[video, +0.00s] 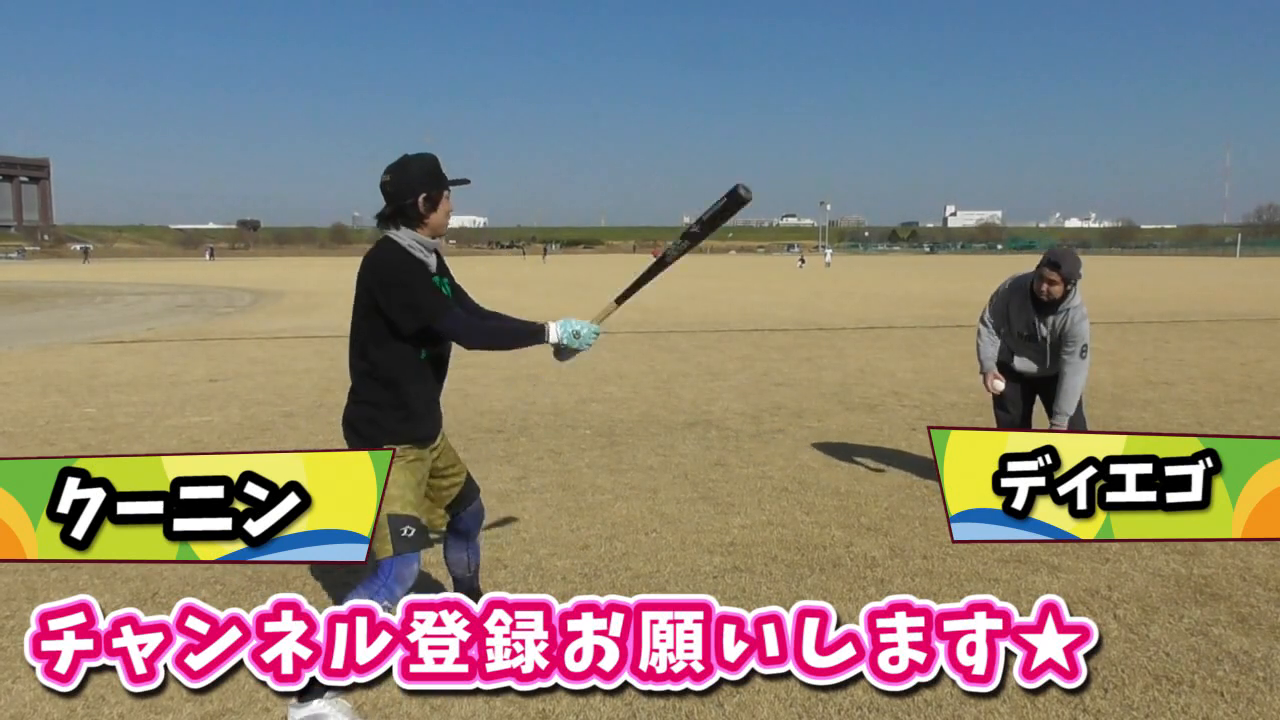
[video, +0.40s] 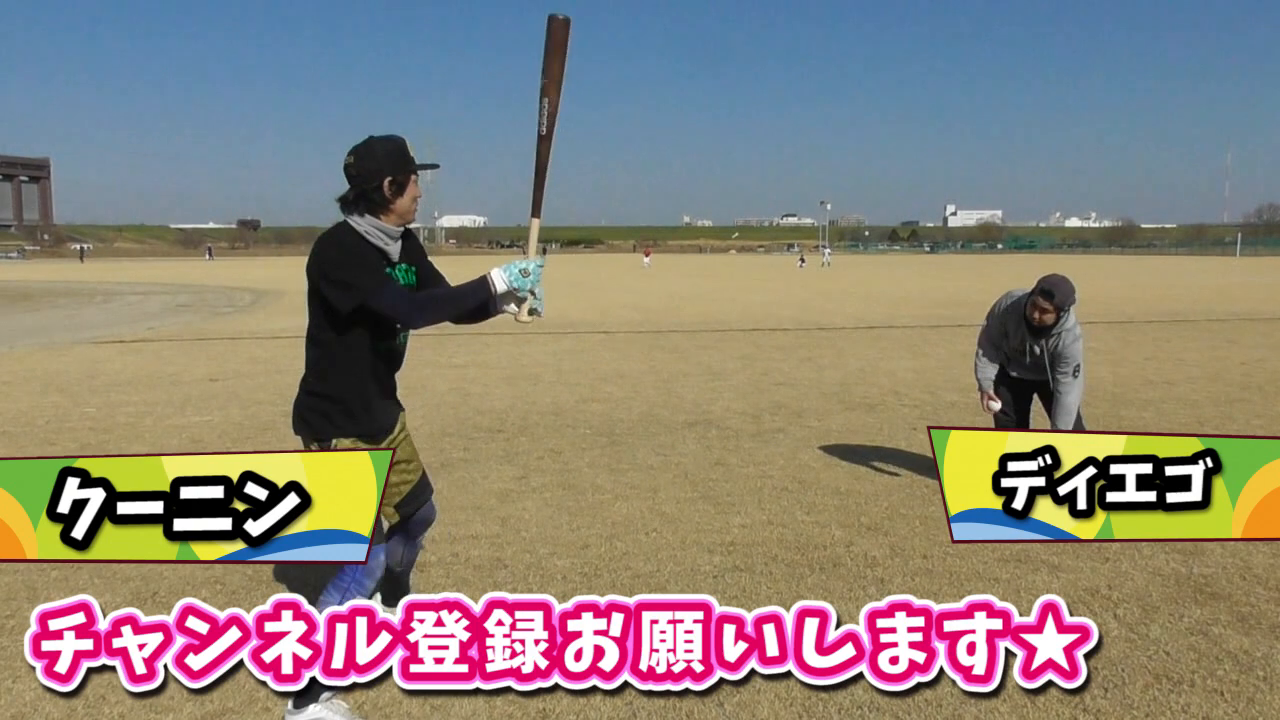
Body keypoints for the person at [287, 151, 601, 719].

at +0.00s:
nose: (452, 205)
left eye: (449, 196)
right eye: (446, 197)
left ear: (416, 204)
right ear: (426, 204)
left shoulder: (424, 256)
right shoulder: (395, 262)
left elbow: (473, 318)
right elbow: (461, 326)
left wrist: (549, 332)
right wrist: (549, 332)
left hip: (420, 430)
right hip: (388, 436)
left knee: (466, 509)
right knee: (398, 566)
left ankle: (468, 615)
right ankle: (315, 689)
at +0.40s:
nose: (419, 191)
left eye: (417, 182)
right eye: (413, 183)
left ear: (387, 188)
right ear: (390, 189)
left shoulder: (403, 242)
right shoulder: (339, 248)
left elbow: (445, 306)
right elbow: (405, 309)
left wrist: (500, 300)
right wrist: (487, 285)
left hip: (382, 416)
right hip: (337, 424)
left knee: (416, 513)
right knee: (361, 552)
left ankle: (384, 611)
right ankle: (310, 692)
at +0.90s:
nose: (424, 208)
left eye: (422, 199)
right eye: (419, 199)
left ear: (393, 205)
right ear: (397, 204)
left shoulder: (409, 257)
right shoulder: (343, 253)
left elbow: (465, 309)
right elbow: (406, 292)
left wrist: (509, 286)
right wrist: (494, 259)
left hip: (370, 426)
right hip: (325, 430)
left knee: (401, 528)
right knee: (367, 557)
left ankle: (366, 631)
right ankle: (310, 690)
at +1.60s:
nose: (389, 207)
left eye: (389, 201)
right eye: (384, 200)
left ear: (350, 201)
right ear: (362, 203)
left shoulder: (381, 252)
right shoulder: (278, 246)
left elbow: (410, 319)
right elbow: (271, 297)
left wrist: (385, 270)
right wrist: (352, 249)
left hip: (357, 413)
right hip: (293, 424)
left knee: (416, 488)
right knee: (345, 563)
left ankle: (433, 622)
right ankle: (307, 695)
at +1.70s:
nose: (397, 208)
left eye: (397, 200)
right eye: (390, 199)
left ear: (376, 206)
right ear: (357, 204)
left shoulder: (389, 256)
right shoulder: (278, 246)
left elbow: (403, 319)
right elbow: (257, 299)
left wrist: (364, 275)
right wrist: (338, 254)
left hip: (360, 415)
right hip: (294, 422)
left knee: (415, 485)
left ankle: (438, 619)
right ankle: (306, 694)